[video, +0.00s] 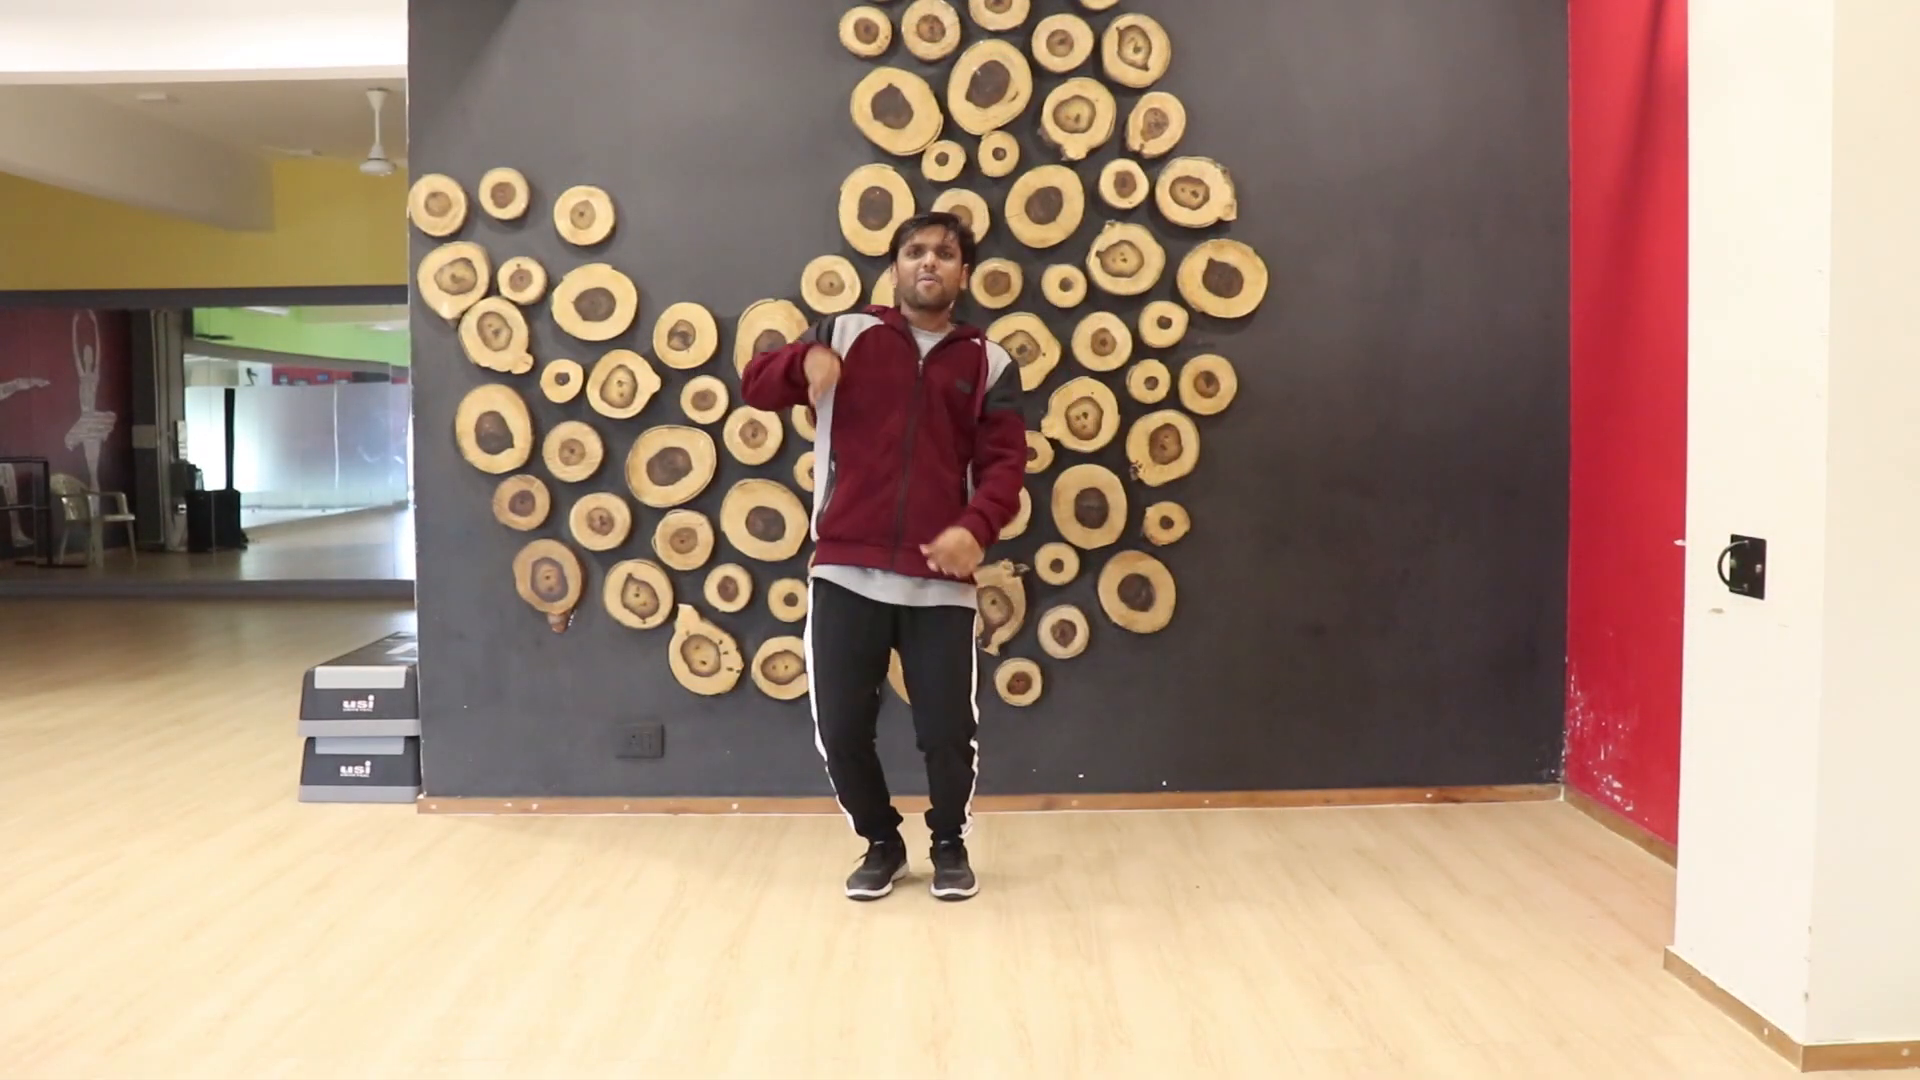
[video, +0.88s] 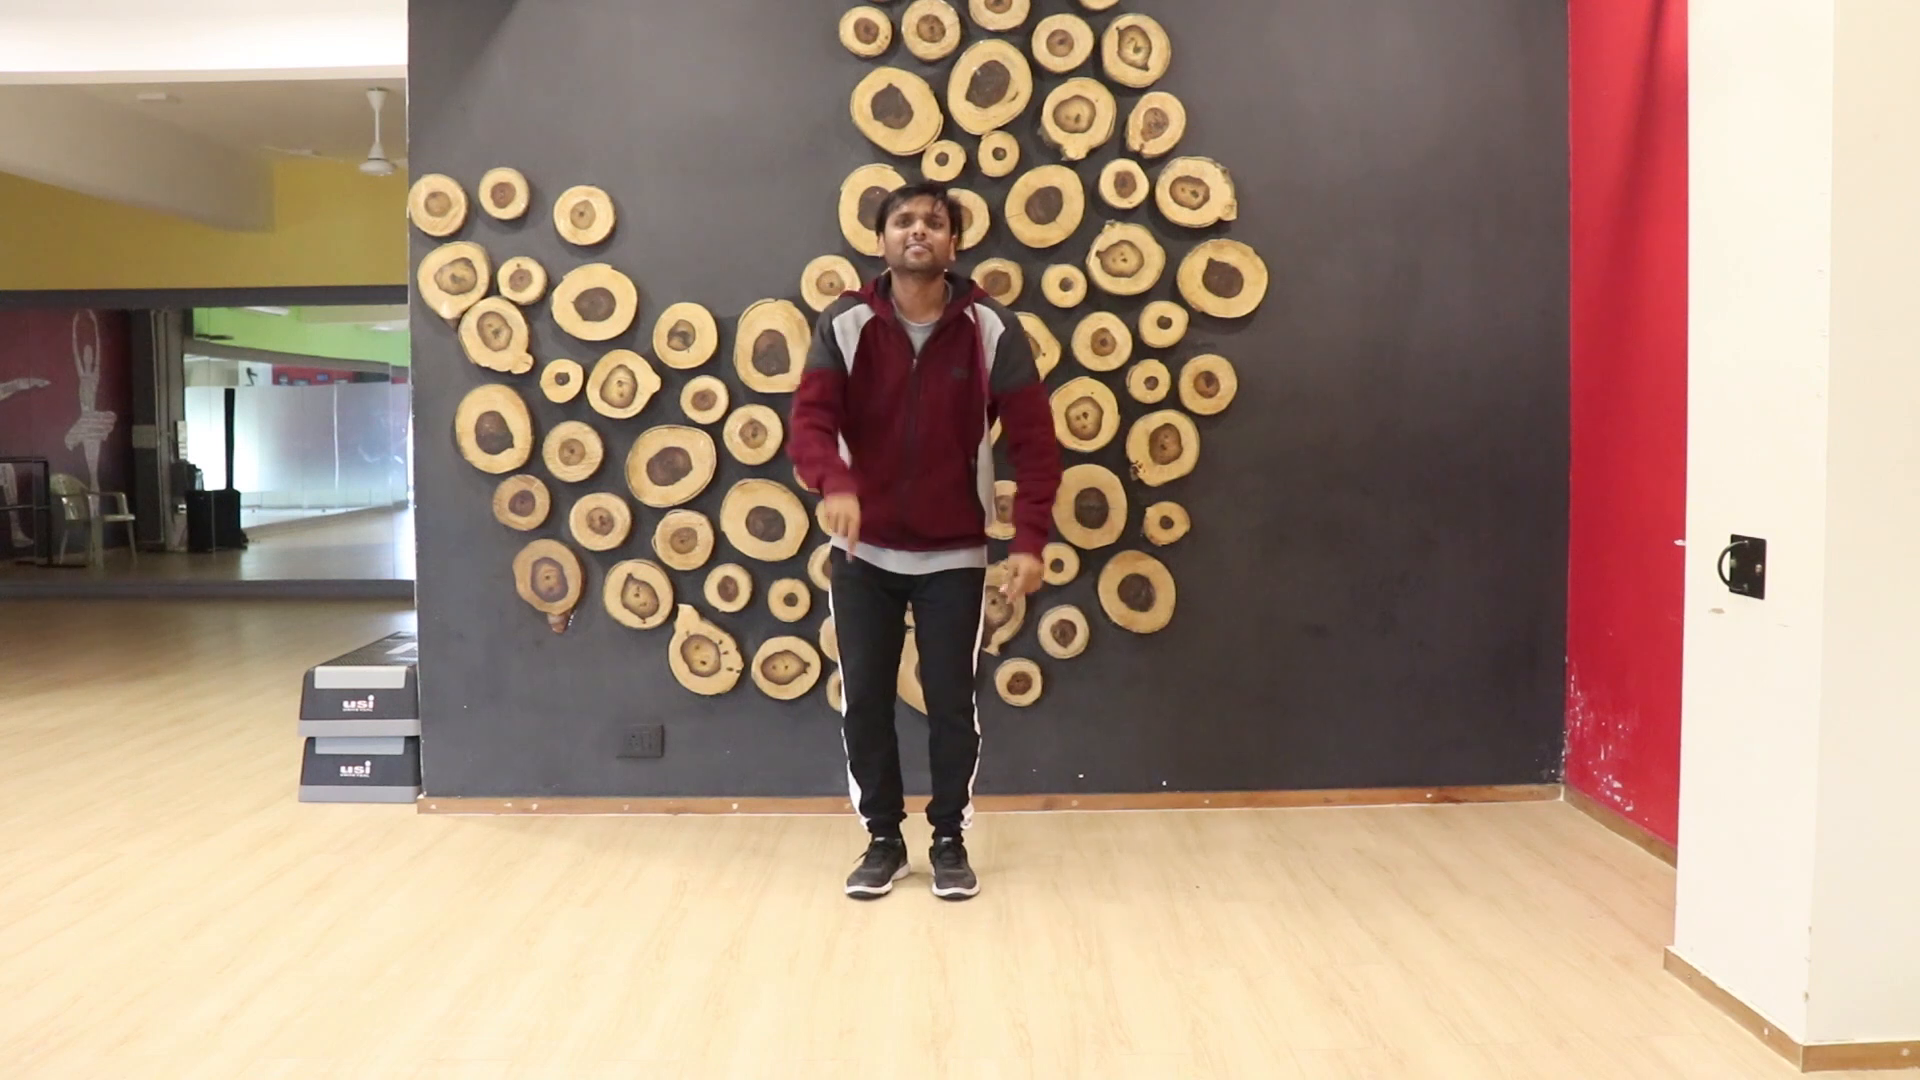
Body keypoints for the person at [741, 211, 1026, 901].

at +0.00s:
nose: (929, 263)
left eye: (944, 254)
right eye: (916, 252)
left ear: (965, 274)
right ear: (893, 269)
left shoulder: (986, 361)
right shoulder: (847, 333)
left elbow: (1005, 460)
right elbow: (755, 385)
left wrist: (975, 527)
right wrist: (802, 358)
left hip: (940, 576)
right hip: (846, 570)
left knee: (947, 730)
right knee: (839, 731)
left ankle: (948, 844)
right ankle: (881, 844)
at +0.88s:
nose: (919, 232)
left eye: (933, 223)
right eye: (904, 222)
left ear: (954, 243)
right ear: (882, 242)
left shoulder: (990, 328)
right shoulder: (845, 324)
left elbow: (1032, 439)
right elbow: (812, 417)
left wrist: (1029, 542)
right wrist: (833, 485)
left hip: (953, 550)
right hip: (864, 546)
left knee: (951, 702)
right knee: (863, 702)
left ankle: (949, 841)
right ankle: (883, 841)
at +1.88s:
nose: (957, 281)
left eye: (964, 267)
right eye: (940, 270)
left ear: (973, 272)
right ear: (905, 279)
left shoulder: (1003, 346)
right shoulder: (871, 366)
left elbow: (1048, 447)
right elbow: (816, 458)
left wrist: (1026, 439)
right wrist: (865, 488)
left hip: (1008, 559)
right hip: (943, 567)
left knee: (1041, 700)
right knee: (1019, 702)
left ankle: (975, 835)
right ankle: (955, 847)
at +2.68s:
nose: (974, 285)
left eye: (990, 274)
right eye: (961, 269)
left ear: (1008, 286)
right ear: (935, 276)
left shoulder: (1032, 365)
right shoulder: (897, 362)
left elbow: (1082, 468)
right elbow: (880, 473)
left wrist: (1070, 576)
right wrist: (907, 563)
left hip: (988, 571)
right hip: (906, 564)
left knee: (956, 702)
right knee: (886, 700)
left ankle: (990, 852)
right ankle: (915, 849)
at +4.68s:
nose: (943, 225)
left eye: (957, 214)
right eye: (928, 214)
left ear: (981, 231)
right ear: (907, 231)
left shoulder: (1021, 320)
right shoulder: (866, 322)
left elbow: (1053, 437)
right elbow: (839, 436)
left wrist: (1044, 539)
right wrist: (847, 535)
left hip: (989, 558)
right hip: (895, 556)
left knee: (986, 712)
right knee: (910, 713)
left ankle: (985, 848)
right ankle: (933, 848)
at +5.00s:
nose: (949, 230)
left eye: (965, 218)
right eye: (933, 217)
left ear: (987, 237)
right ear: (908, 237)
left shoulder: (1027, 329)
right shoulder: (867, 325)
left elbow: (1081, 434)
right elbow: (815, 435)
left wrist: (1034, 492)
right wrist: (869, 441)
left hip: (997, 576)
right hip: (896, 575)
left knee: (1009, 737)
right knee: (911, 730)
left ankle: (1019, 913)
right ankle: (936, 847)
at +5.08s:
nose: (955, 227)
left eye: (971, 214)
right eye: (939, 214)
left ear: (993, 233)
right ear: (913, 232)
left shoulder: (1021, 316)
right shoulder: (884, 310)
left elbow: (1019, 419)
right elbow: (871, 404)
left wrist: (915, 367)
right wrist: (982, 337)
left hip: (1006, 567)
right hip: (908, 568)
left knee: (1018, 747)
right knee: (913, 742)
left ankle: (1023, 929)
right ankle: (939, 836)